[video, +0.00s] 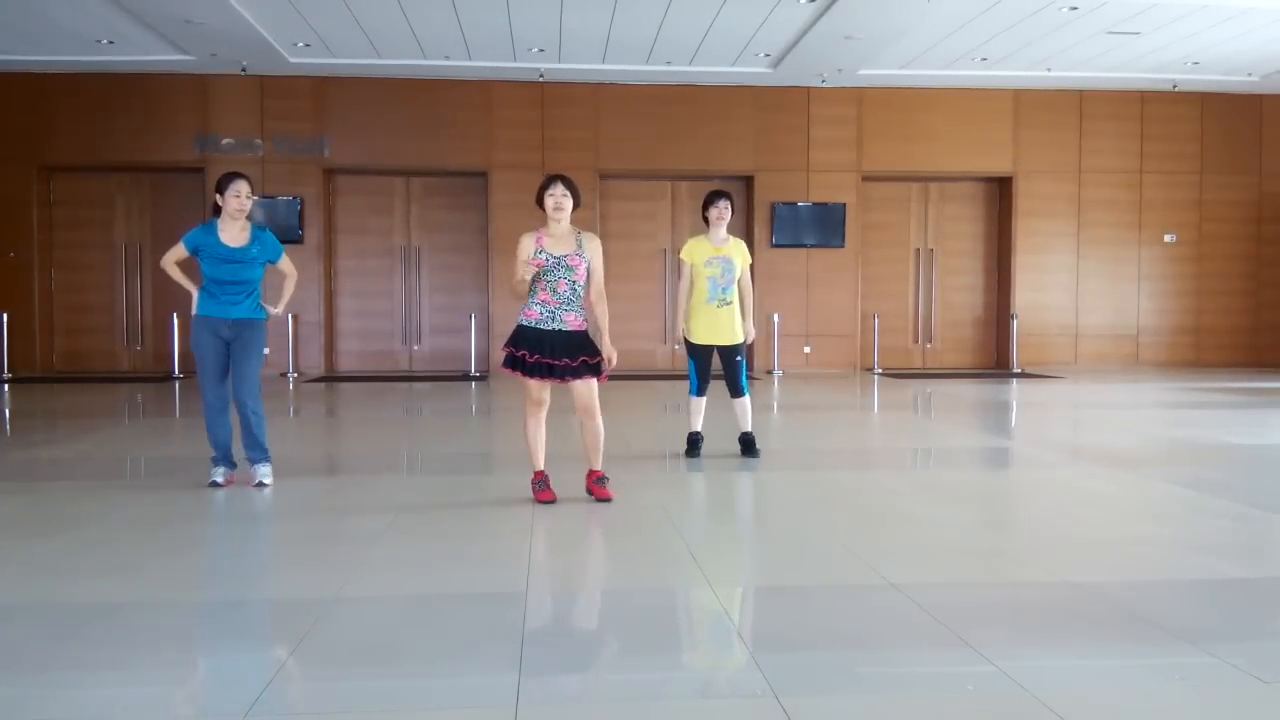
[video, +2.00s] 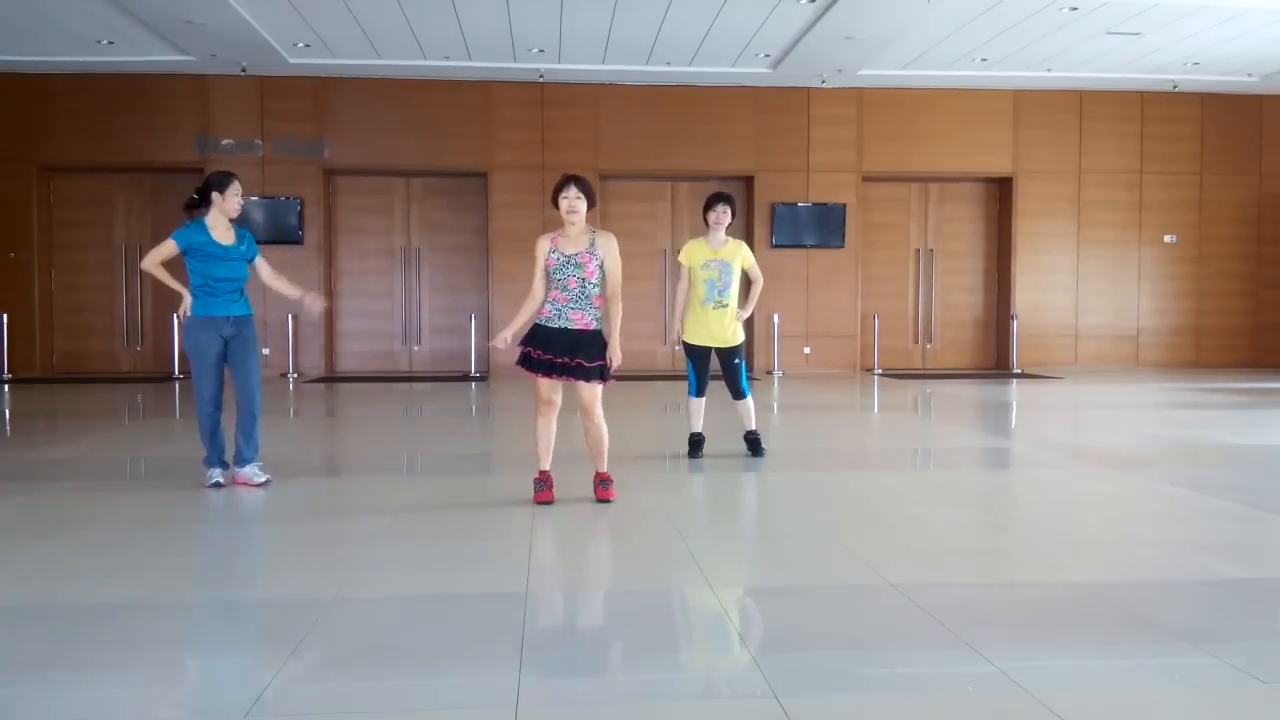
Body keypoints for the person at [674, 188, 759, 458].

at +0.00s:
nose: (721, 212)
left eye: (726, 208)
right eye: (716, 207)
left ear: (731, 214)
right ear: (706, 213)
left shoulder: (739, 247)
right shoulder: (693, 246)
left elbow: (746, 286)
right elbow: (684, 285)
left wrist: (748, 322)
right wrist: (679, 321)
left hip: (731, 327)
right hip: (698, 327)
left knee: (738, 385)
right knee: (698, 386)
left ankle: (747, 436)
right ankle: (695, 436)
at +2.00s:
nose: (719, 215)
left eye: (725, 211)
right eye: (714, 210)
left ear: (731, 218)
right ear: (706, 215)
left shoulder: (739, 249)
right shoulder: (691, 249)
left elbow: (757, 279)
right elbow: (682, 286)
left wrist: (747, 309)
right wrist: (676, 323)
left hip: (729, 328)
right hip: (696, 328)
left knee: (739, 386)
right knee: (697, 386)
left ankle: (752, 435)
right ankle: (695, 438)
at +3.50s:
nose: (737, 224)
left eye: (743, 219)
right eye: (732, 218)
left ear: (747, 224)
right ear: (722, 220)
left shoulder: (753, 254)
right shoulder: (707, 252)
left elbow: (769, 285)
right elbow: (694, 283)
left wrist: (762, 315)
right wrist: (685, 311)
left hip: (744, 330)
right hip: (711, 330)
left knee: (764, 383)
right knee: (703, 385)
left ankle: (786, 436)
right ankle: (693, 434)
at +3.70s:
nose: (760, 222)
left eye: (765, 218)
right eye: (754, 218)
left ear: (771, 223)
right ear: (745, 223)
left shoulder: (781, 256)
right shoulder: (734, 254)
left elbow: (795, 287)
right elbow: (719, 291)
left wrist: (789, 317)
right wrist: (712, 323)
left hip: (772, 331)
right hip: (737, 331)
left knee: (791, 382)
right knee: (721, 384)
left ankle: (805, 438)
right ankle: (697, 433)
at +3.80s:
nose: (770, 220)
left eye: (775, 215)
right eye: (765, 215)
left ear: (781, 220)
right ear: (756, 221)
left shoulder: (793, 253)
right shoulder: (745, 253)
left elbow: (811, 281)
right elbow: (735, 291)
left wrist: (805, 315)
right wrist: (729, 326)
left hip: (787, 329)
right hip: (753, 330)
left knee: (800, 385)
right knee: (735, 386)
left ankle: (806, 438)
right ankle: (714, 433)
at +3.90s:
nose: (779, 217)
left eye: (783, 212)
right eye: (773, 213)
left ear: (790, 217)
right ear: (764, 218)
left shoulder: (802, 250)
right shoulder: (754, 251)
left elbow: (821, 279)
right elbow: (747, 290)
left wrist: (815, 314)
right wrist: (743, 327)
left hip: (797, 329)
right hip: (763, 330)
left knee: (804, 387)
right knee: (751, 387)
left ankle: (807, 438)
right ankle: (740, 436)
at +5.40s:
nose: (795, 214)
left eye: (800, 210)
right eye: (790, 209)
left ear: (806, 215)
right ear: (781, 214)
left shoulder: (817, 247)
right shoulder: (769, 249)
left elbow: (839, 281)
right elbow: (762, 288)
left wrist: (833, 316)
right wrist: (758, 325)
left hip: (812, 329)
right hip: (778, 329)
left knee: (811, 389)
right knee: (772, 387)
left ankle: (810, 439)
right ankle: (759, 437)